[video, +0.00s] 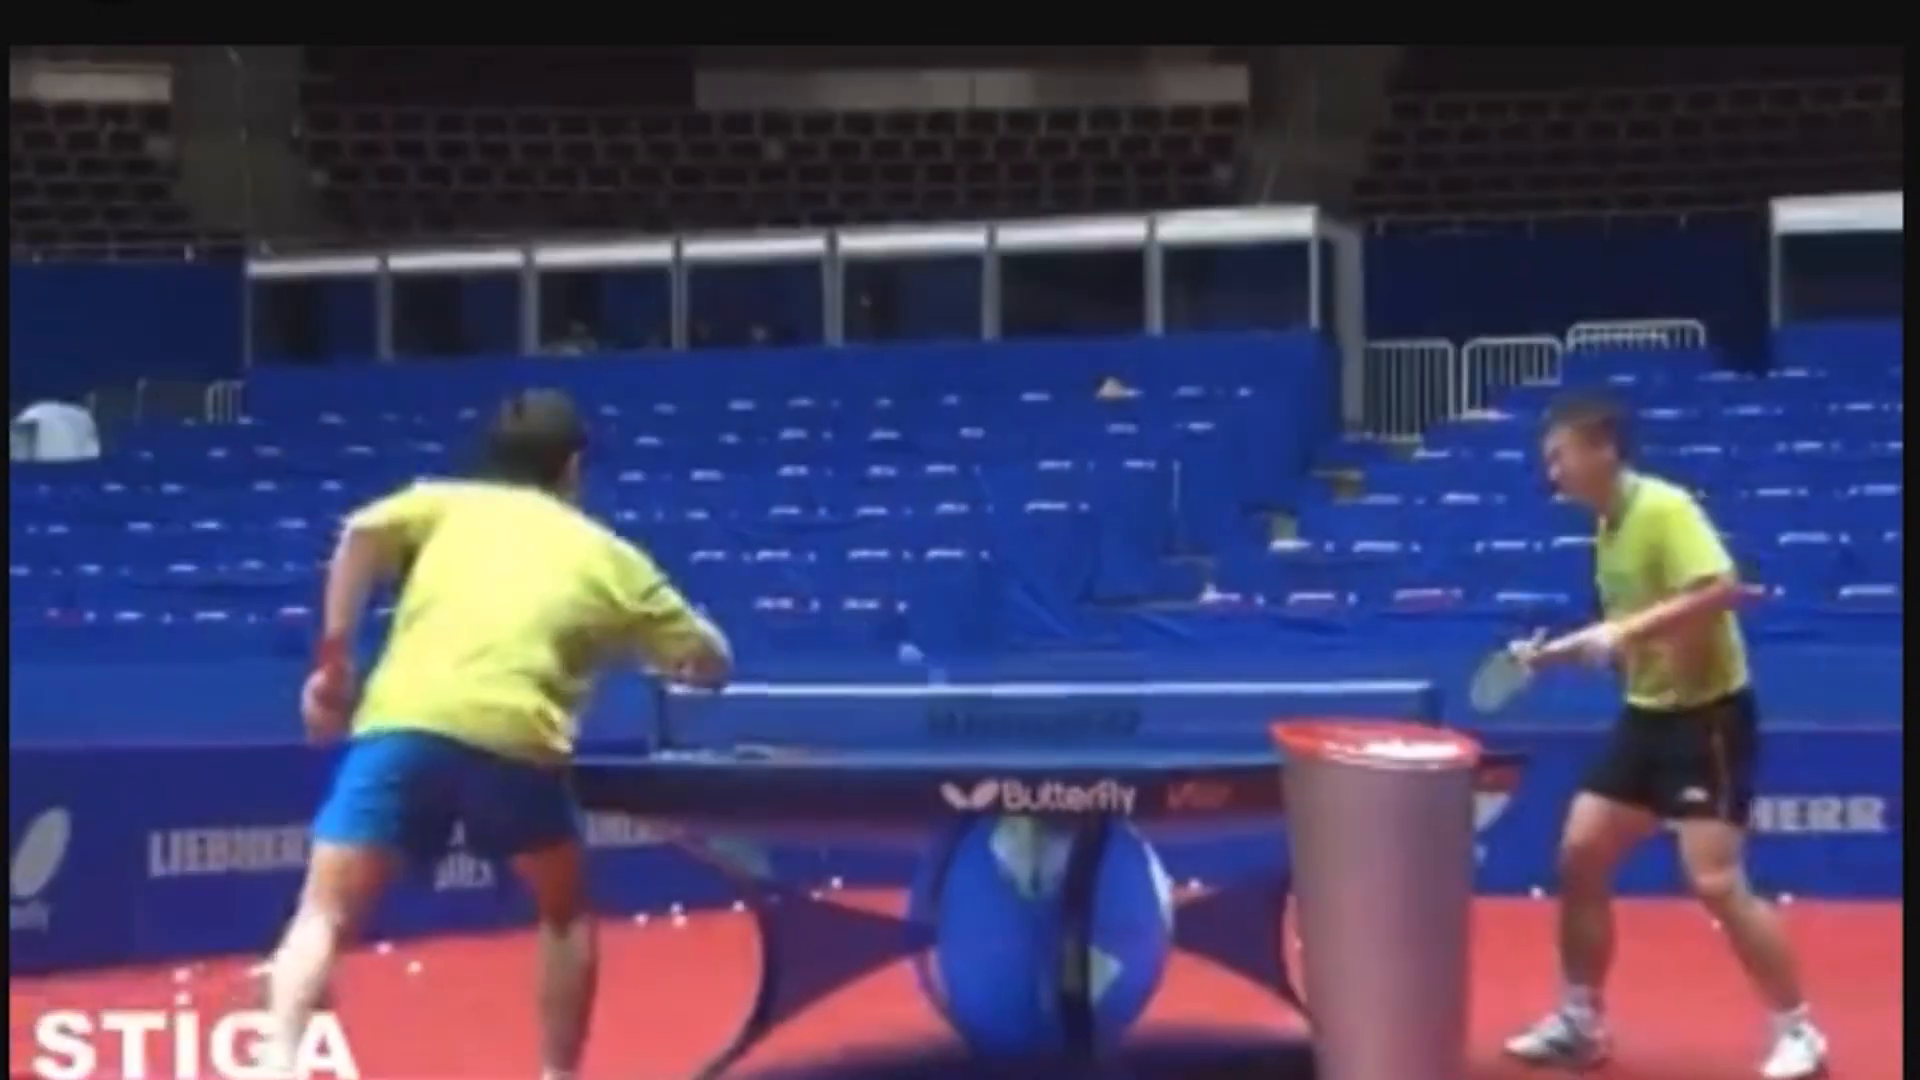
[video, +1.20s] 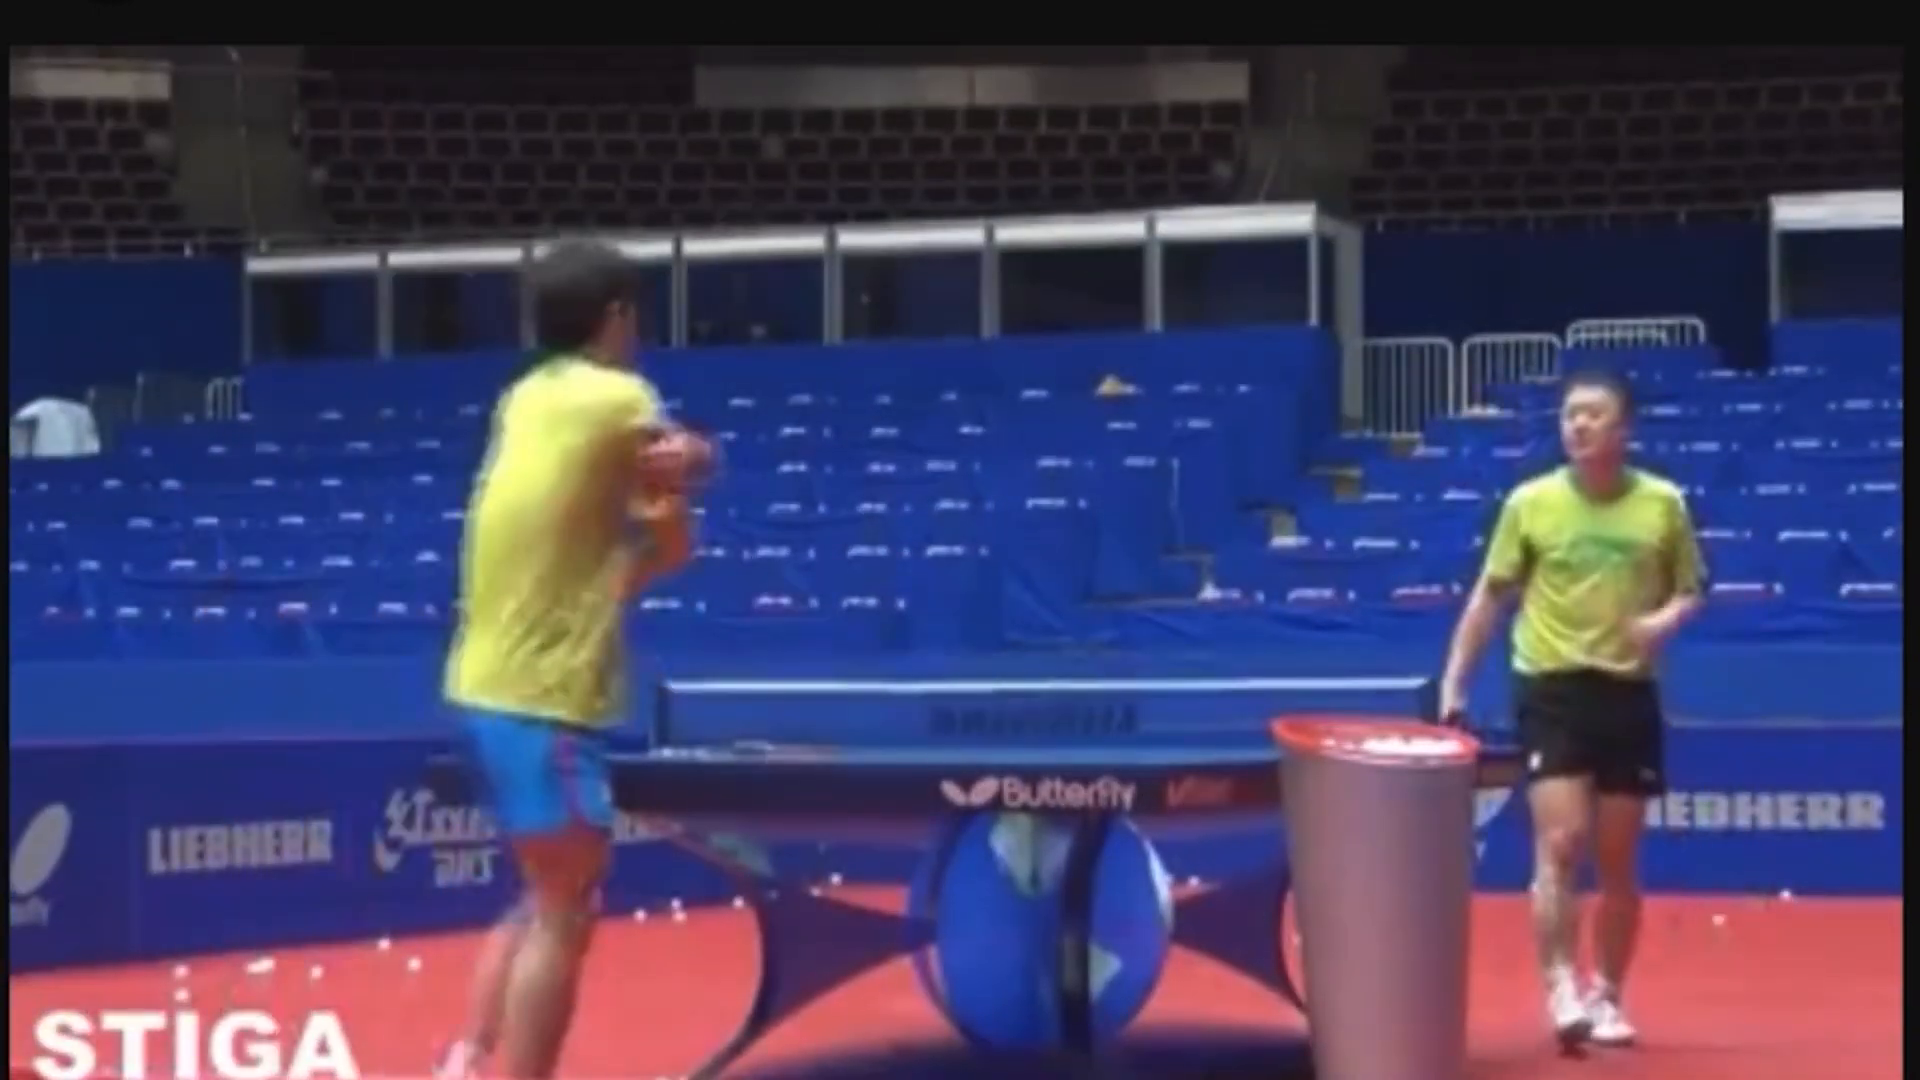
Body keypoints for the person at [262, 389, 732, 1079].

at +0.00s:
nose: (584, 473)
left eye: (581, 462)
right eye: (583, 463)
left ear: (498, 458)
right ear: (571, 468)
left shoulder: (446, 501)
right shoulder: (606, 555)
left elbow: (361, 534)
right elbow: (710, 662)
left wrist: (333, 656)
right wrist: (662, 646)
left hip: (401, 724)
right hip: (516, 742)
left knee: (325, 910)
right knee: (565, 918)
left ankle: (279, 1058)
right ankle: (559, 1068)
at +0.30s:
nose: (495, 420)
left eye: (492, 409)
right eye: (493, 409)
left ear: (405, 411)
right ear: (479, 414)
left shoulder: (347, 479)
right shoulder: (520, 500)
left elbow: (262, 551)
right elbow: (601, 618)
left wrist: (264, 681)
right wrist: (634, 661)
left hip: (338, 727)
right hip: (459, 733)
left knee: (293, 923)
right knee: (519, 923)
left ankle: (246, 1063)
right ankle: (548, 1069)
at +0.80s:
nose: (490, 358)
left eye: (489, 343)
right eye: (486, 343)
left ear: (397, 347)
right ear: (463, 349)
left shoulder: (345, 427)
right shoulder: (484, 444)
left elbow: (275, 526)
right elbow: (495, 584)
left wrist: (331, 611)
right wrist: (576, 659)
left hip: (309, 709)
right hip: (420, 715)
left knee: (301, 896)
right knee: (525, 896)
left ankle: (238, 1055)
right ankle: (514, 1066)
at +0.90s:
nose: (526, 353)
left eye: (520, 337)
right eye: (519, 338)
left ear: (442, 348)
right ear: (496, 346)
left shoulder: (403, 425)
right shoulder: (522, 439)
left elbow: (402, 553)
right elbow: (567, 579)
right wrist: (584, 656)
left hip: (354, 706)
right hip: (456, 713)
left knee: (338, 909)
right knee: (549, 904)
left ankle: (247, 1056)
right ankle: (523, 1067)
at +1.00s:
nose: (570, 344)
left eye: (567, 327)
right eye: (558, 328)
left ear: (490, 339)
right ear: (524, 336)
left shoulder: (450, 416)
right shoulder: (549, 426)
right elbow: (620, 555)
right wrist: (571, 654)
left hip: (402, 700)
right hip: (485, 705)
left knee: (403, 894)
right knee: (564, 910)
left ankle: (300, 1055)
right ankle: (525, 1067)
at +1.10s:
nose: (607, 331)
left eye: (602, 316)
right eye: (600, 316)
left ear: (529, 326)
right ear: (576, 322)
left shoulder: (490, 403)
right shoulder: (593, 410)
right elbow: (657, 539)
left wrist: (652, 470)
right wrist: (590, 605)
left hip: (447, 693)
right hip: (521, 707)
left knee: (474, 896)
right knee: (564, 912)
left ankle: (379, 1058)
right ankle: (527, 1069)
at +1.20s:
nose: (638, 328)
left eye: (636, 315)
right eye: (634, 315)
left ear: (553, 323)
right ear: (615, 318)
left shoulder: (528, 395)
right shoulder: (616, 400)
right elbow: (672, 531)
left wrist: (665, 489)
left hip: (484, 685)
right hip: (540, 700)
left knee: (548, 891)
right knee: (564, 909)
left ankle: (472, 1054)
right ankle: (521, 1067)